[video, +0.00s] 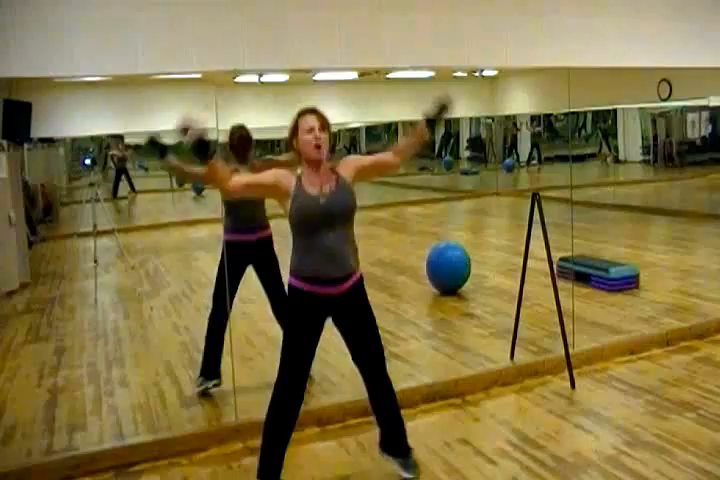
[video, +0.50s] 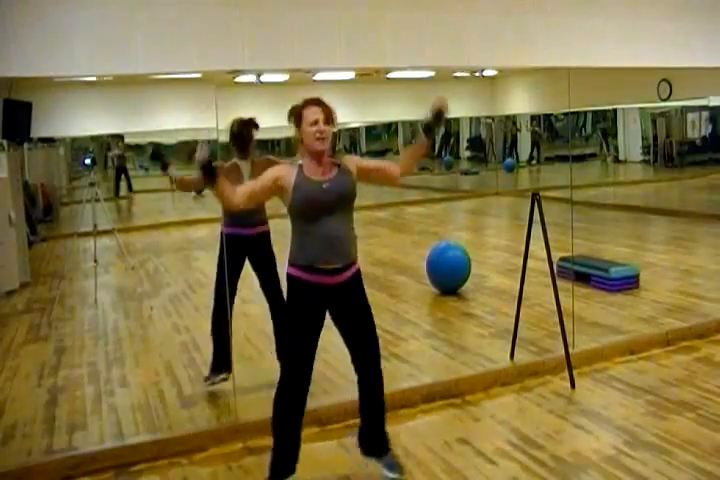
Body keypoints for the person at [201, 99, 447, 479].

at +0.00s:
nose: (316, 136)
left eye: (321, 129)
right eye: (308, 131)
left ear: (329, 136)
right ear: (295, 142)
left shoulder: (347, 169)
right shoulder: (284, 180)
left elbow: (396, 156)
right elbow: (230, 184)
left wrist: (427, 125)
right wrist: (208, 157)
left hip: (350, 290)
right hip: (306, 294)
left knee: (376, 371)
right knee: (289, 385)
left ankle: (397, 447)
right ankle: (268, 473)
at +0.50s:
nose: (322, 129)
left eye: (326, 122)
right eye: (313, 124)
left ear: (334, 128)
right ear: (298, 132)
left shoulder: (348, 167)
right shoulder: (283, 174)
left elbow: (399, 170)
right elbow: (237, 201)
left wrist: (430, 132)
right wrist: (213, 173)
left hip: (347, 281)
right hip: (305, 283)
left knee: (369, 364)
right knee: (295, 378)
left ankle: (375, 446)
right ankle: (281, 469)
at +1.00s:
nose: (321, 133)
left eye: (326, 127)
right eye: (314, 128)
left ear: (334, 133)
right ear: (300, 137)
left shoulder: (351, 181)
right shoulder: (287, 188)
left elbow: (380, 225)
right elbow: (261, 234)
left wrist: (422, 248)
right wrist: (243, 251)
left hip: (347, 289)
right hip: (304, 292)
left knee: (360, 377)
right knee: (310, 382)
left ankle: (357, 460)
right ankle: (308, 466)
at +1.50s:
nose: (324, 153)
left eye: (330, 147)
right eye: (317, 148)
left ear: (338, 154)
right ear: (304, 157)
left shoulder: (352, 184)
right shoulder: (292, 193)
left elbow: (386, 145)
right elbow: (245, 162)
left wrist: (380, 92)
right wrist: (254, 107)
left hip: (352, 308)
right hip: (308, 311)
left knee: (384, 384)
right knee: (285, 400)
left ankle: (403, 457)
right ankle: (262, 475)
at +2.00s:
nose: (321, 154)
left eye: (325, 147)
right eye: (313, 148)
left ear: (331, 153)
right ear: (298, 157)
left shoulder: (343, 197)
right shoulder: (286, 205)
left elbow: (353, 257)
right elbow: (278, 267)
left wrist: (373, 308)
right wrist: (268, 323)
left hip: (346, 314)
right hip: (305, 316)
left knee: (353, 399)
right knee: (311, 399)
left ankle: (339, 465)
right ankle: (310, 470)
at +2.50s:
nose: (317, 169)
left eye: (321, 163)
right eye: (309, 164)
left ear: (329, 170)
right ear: (297, 174)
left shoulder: (342, 199)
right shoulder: (288, 208)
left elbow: (373, 152)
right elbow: (247, 170)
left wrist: (354, 108)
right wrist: (266, 125)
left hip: (348, 323)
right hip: (303, 327)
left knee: (384, 390)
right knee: (278, 410)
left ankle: (395, 456)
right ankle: (259, 476)